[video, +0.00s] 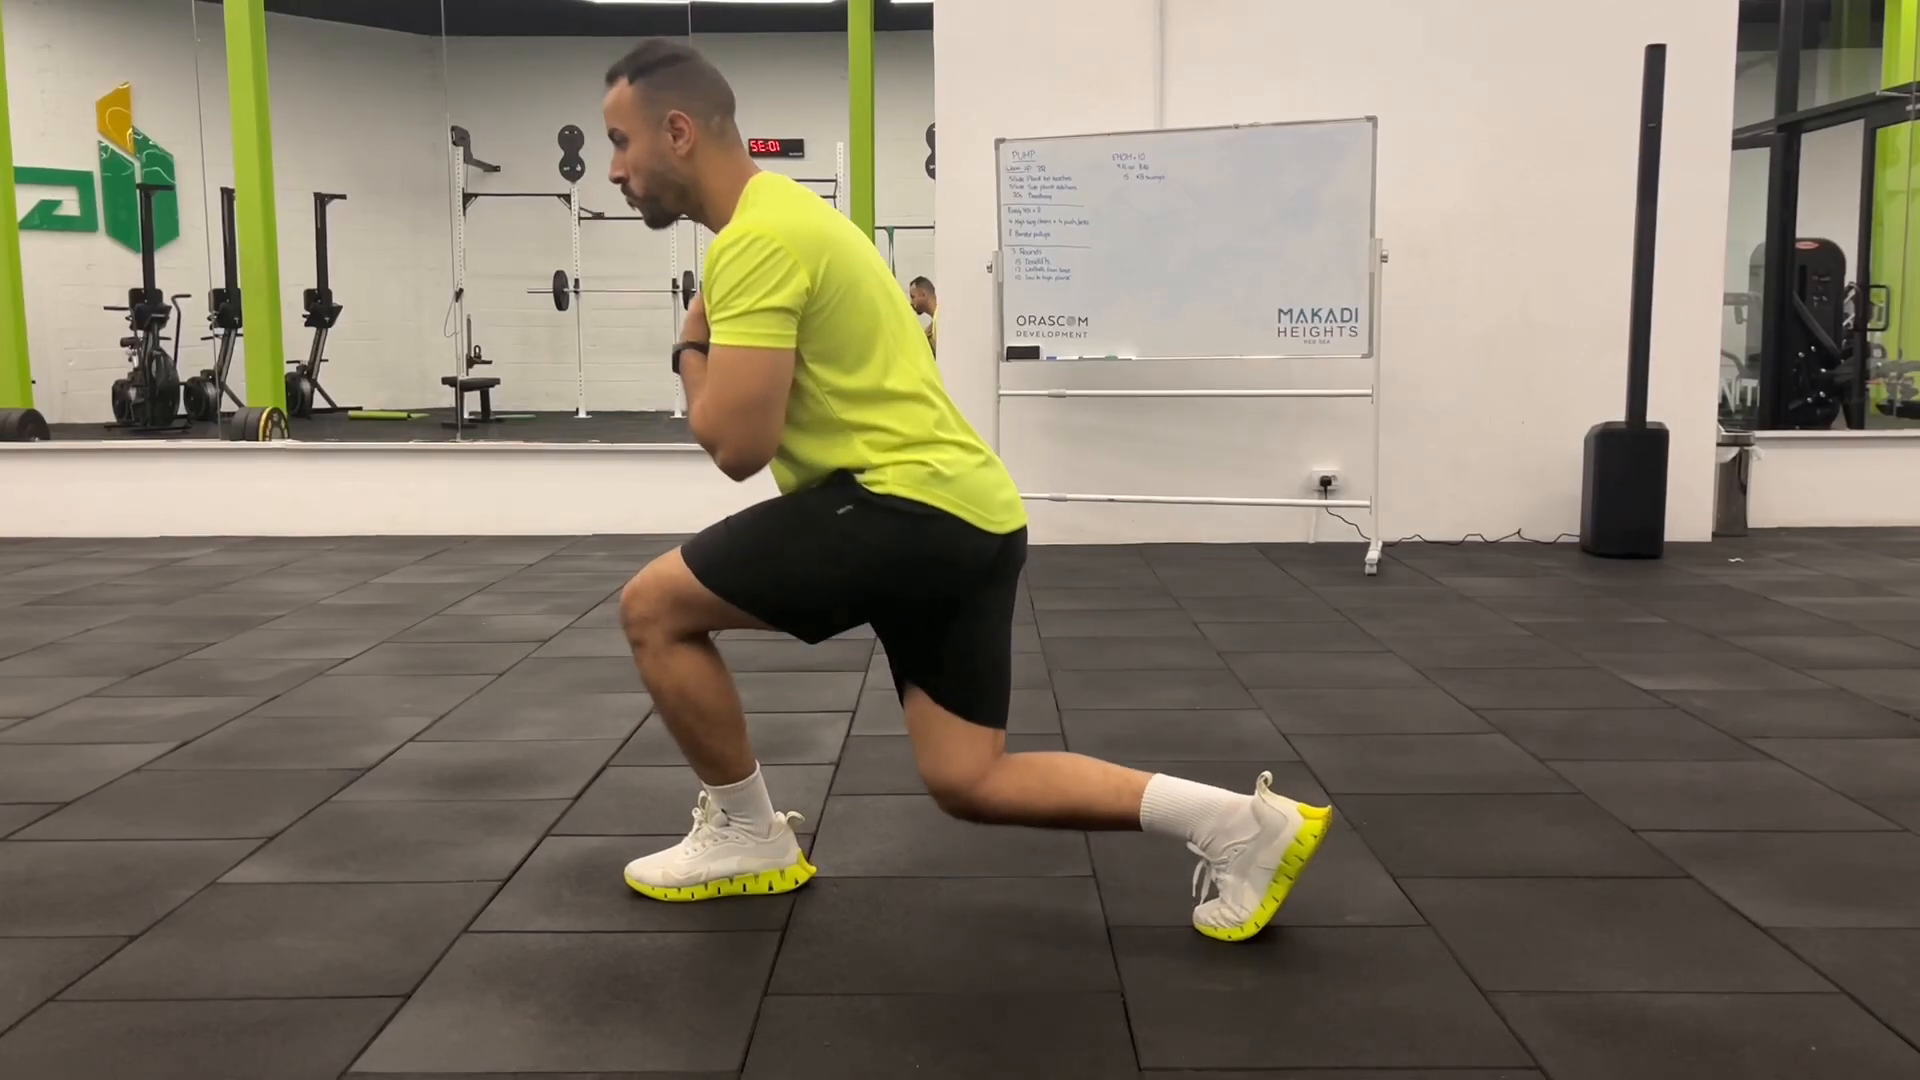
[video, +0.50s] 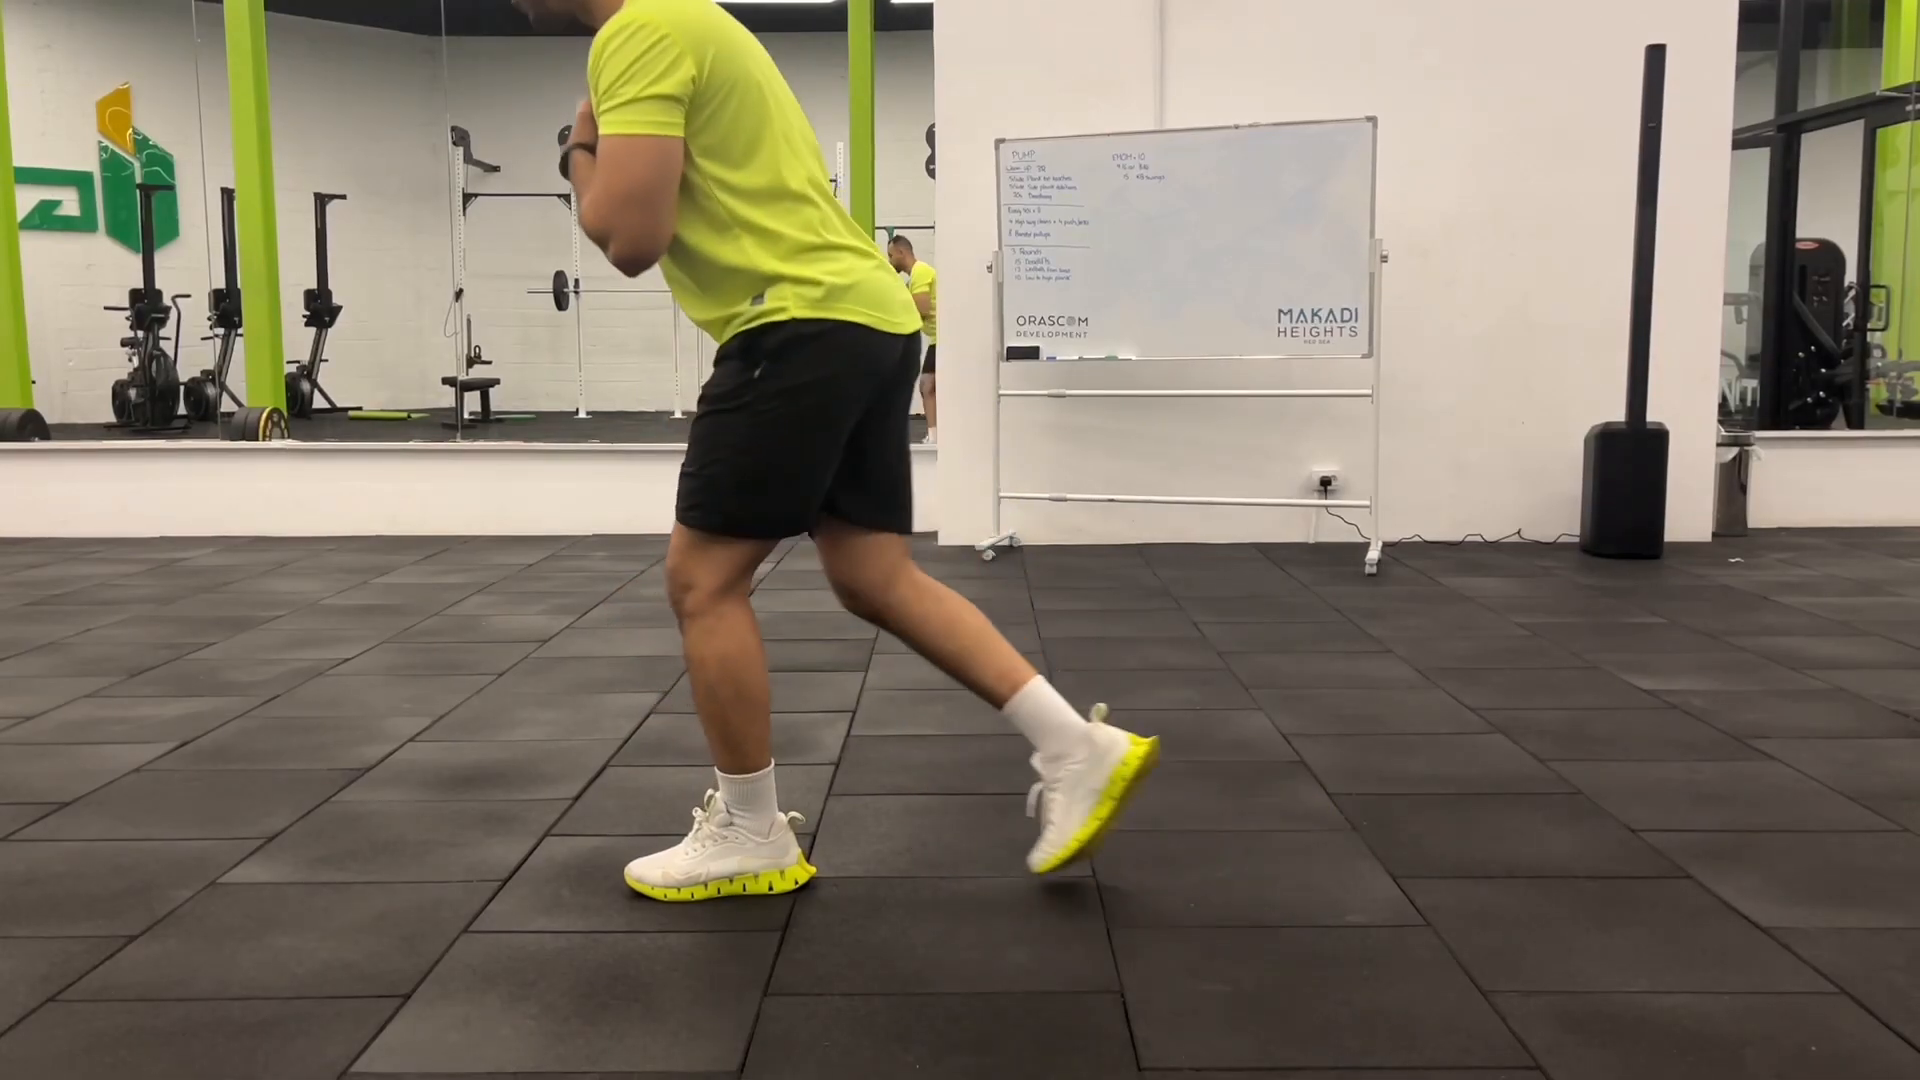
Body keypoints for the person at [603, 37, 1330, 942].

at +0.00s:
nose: (612, 167)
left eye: (619, 141)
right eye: (609, 144)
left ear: (681, 134)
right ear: (687, 133)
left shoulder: (761, 237)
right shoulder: (794, 219)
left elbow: (737, 446)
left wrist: (691, 358)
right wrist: (715, 366)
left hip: (899, 505)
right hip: (972, 511)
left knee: (654, 608)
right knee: (966, 777)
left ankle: (745, 833)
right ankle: (1239, 823)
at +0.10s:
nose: (585, 137)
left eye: (591, 109)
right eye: (581, 113)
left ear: (653, 98)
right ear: (662, 96)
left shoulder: (734, 200)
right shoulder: (771, 182)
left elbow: (718, 405)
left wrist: (670, 326)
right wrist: (695, 338)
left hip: (887, 468)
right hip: (960, 470)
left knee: (660, 602)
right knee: (976, 733)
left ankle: (746, 832)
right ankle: (1245, 825)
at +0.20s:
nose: (555, 100)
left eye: (557, 71)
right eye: (548, 76)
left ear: (617, 54)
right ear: (630, 57)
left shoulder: (702, 148)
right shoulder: (738, 135)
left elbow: (697, 358)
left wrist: (643, 279)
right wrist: (672, 282)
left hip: (869, 418)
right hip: (943, 417)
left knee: (668, 597)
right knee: (974, 674)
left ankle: (748, 834)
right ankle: (1227, 818)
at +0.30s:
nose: (521, 54)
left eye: (526, 26)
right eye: (516, 32)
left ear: (587, 11)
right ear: (596, 15)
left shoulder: (674, 103)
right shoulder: (704, 90)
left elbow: (675, 308)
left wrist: (612, 236)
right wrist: (646, 241)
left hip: (839, 380)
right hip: (916, 372)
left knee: (679, 591)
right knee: (964, 623)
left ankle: (747, 829)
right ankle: (1186, 786)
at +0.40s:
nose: (507, 19)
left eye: (509, 2)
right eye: (501, 7)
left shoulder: (651, 58)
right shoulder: (679, 51)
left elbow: (648, 270)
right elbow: (663, 258)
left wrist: (593, 192)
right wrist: (613, 191)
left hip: (818, 345)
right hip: (891, 337)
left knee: (692, 585)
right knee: (928, 594)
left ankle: (750, 829)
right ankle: (1142, 756)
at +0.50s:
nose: (527, 12)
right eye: (519, 2)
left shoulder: (641, 31)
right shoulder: (700, 27)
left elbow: (629, 237)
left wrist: (581, 152)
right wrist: (605, 146)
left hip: (792, 328)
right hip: (872, 323)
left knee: (704, 584)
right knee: (874, 575)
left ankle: (749, 829)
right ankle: (1075, 746)